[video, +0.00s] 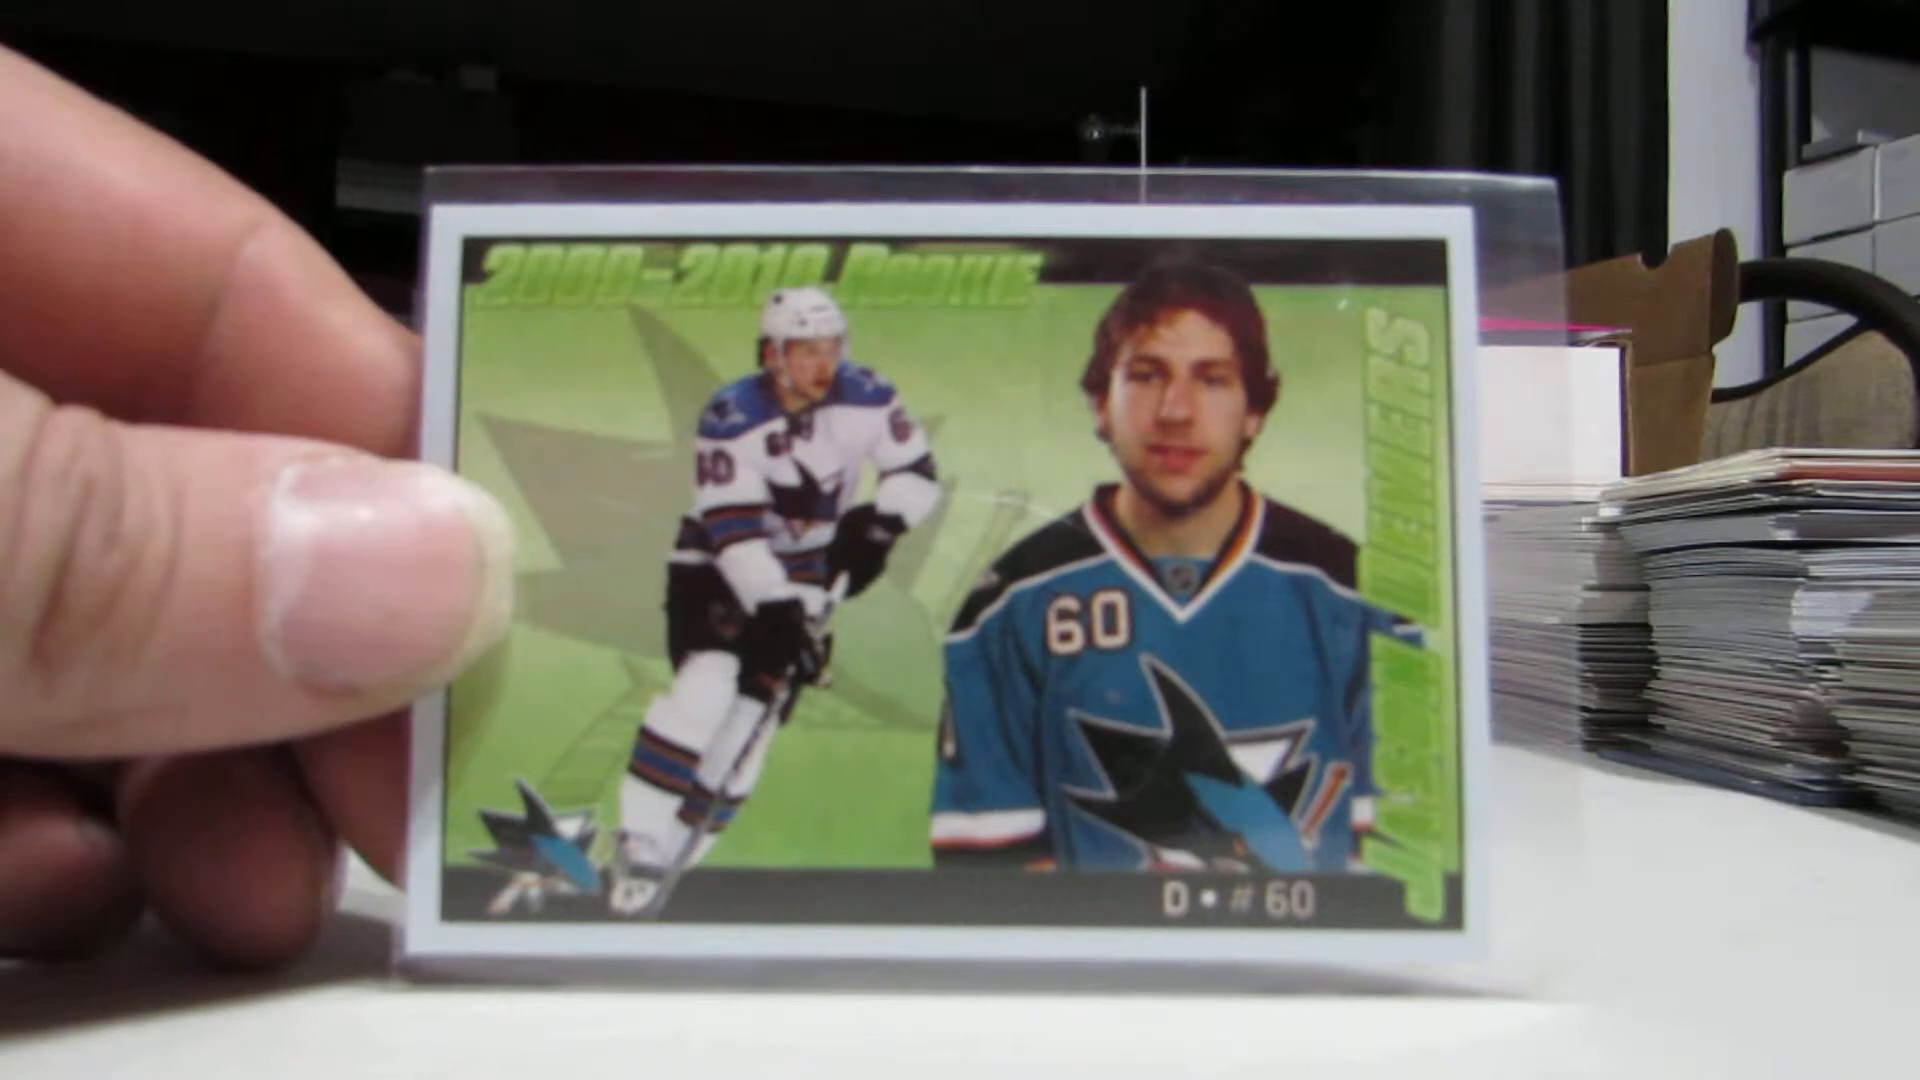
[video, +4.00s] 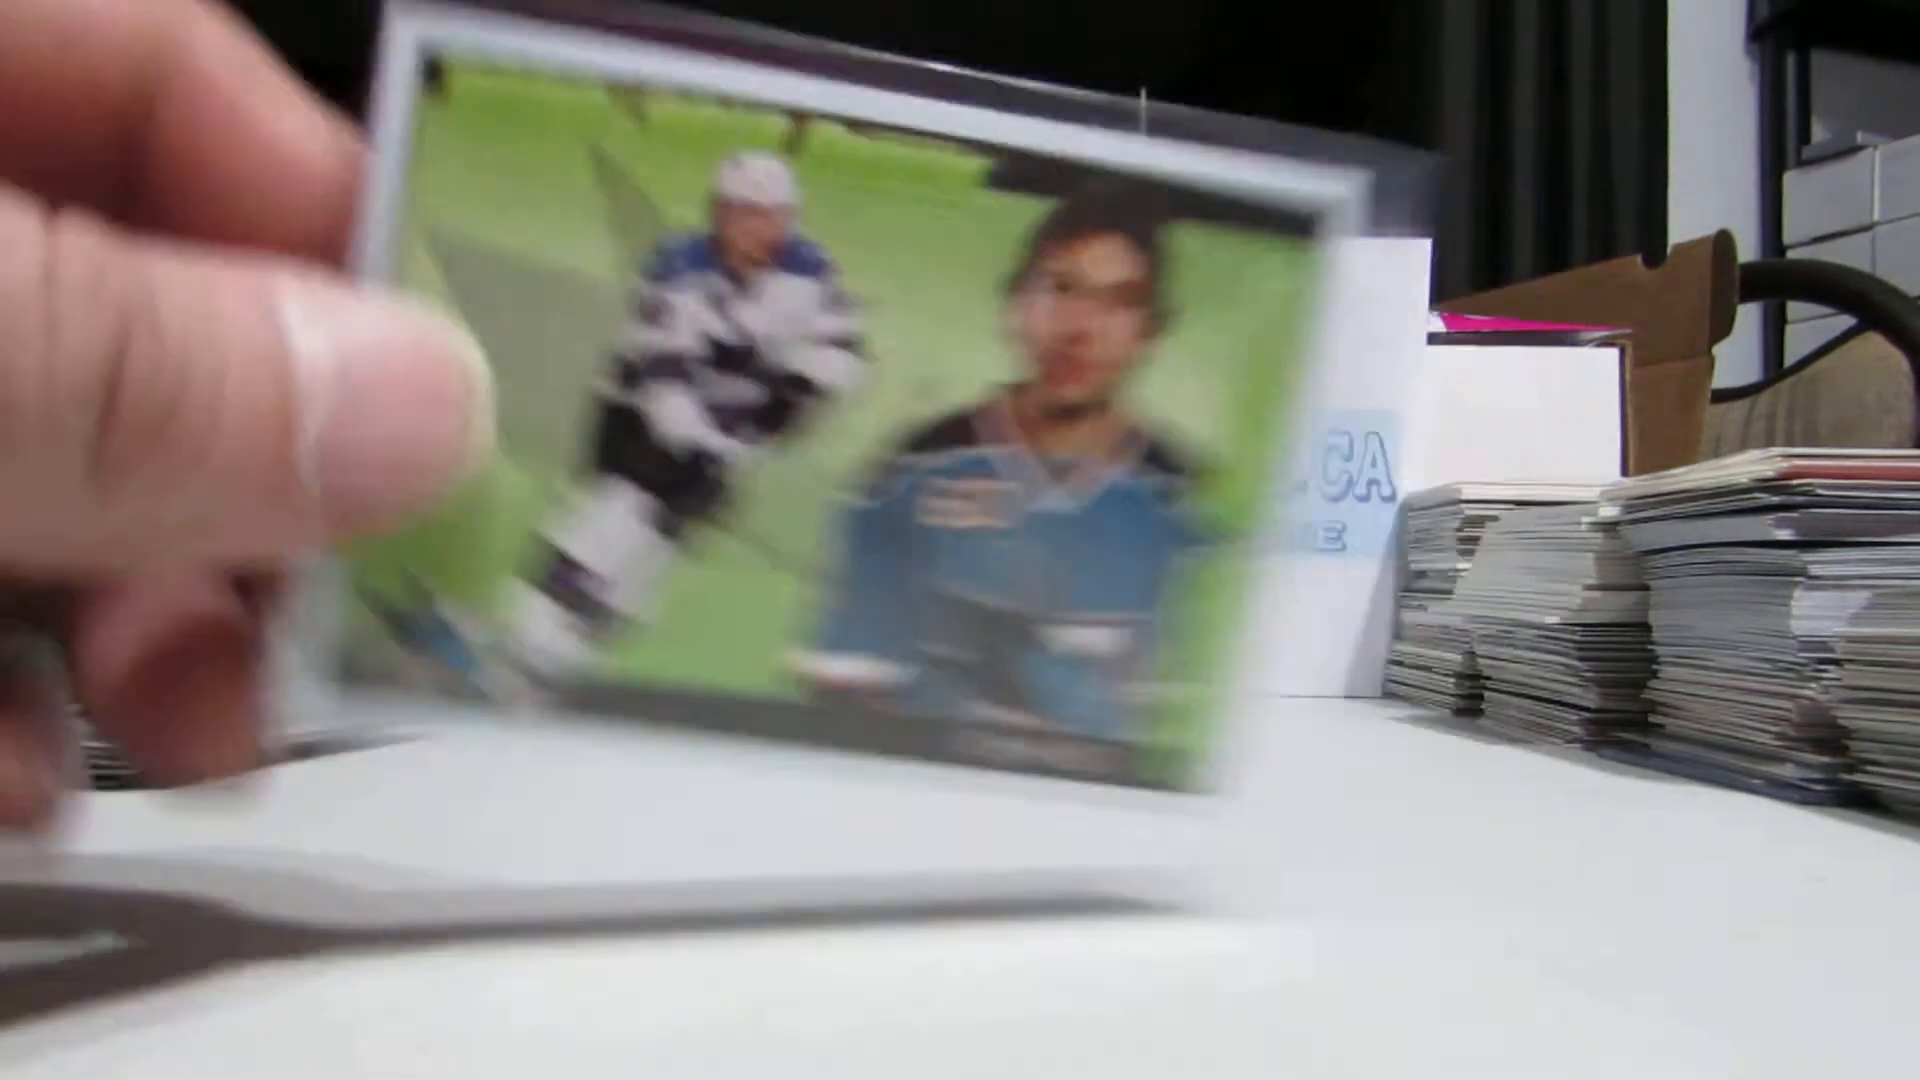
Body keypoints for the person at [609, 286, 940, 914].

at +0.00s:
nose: (822, 365)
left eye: (830, 351)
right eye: (805, 352)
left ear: (842, 350)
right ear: (772, 356)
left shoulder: (867, 399)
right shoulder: (732, 416)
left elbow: (916, 474)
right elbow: (732, 524)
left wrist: (877, 527)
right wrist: (775, 605)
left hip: (806, 573)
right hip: (721, 563)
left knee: (755, 715)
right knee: (709, 681)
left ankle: (680, 853)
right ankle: (642, 842)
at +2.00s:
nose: (824, 366)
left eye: (832, 352)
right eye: (808, 353)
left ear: (842, 352)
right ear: (773, 358)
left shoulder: (868, 401)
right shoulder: (732, 419)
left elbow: (917, 475)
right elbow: (732, 527)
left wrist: (878, 531)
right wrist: (776, 609)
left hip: (807, 578)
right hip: (720, 567)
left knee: (754, 722)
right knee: (708, 687)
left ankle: (680, 860)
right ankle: (640, 849)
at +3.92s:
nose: (821, 354)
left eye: (830, 340)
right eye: (806, 340)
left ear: (844, 341)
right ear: (774, 344)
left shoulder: (869, 391)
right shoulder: (733, 405)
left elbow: (919, 465)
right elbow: (731, 511)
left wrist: (879, 517)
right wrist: (771, 593)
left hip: (804, 567)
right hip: (717, 554)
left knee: (746, 707)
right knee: (705, 666)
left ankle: (670, 839)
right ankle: (634, 829)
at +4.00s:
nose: (758, 230)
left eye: (771, 217)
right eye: (745, 215)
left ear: (788, 222)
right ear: (720, 215)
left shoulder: (807, 275)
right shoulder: (682, 266)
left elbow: (838, 352)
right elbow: (657, 363)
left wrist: (784, 395)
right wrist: (699, 443)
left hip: (730, 421)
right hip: (655, 402)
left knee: (661, 524)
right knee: (629, 493)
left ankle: (596, 621)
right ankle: (558, 600)